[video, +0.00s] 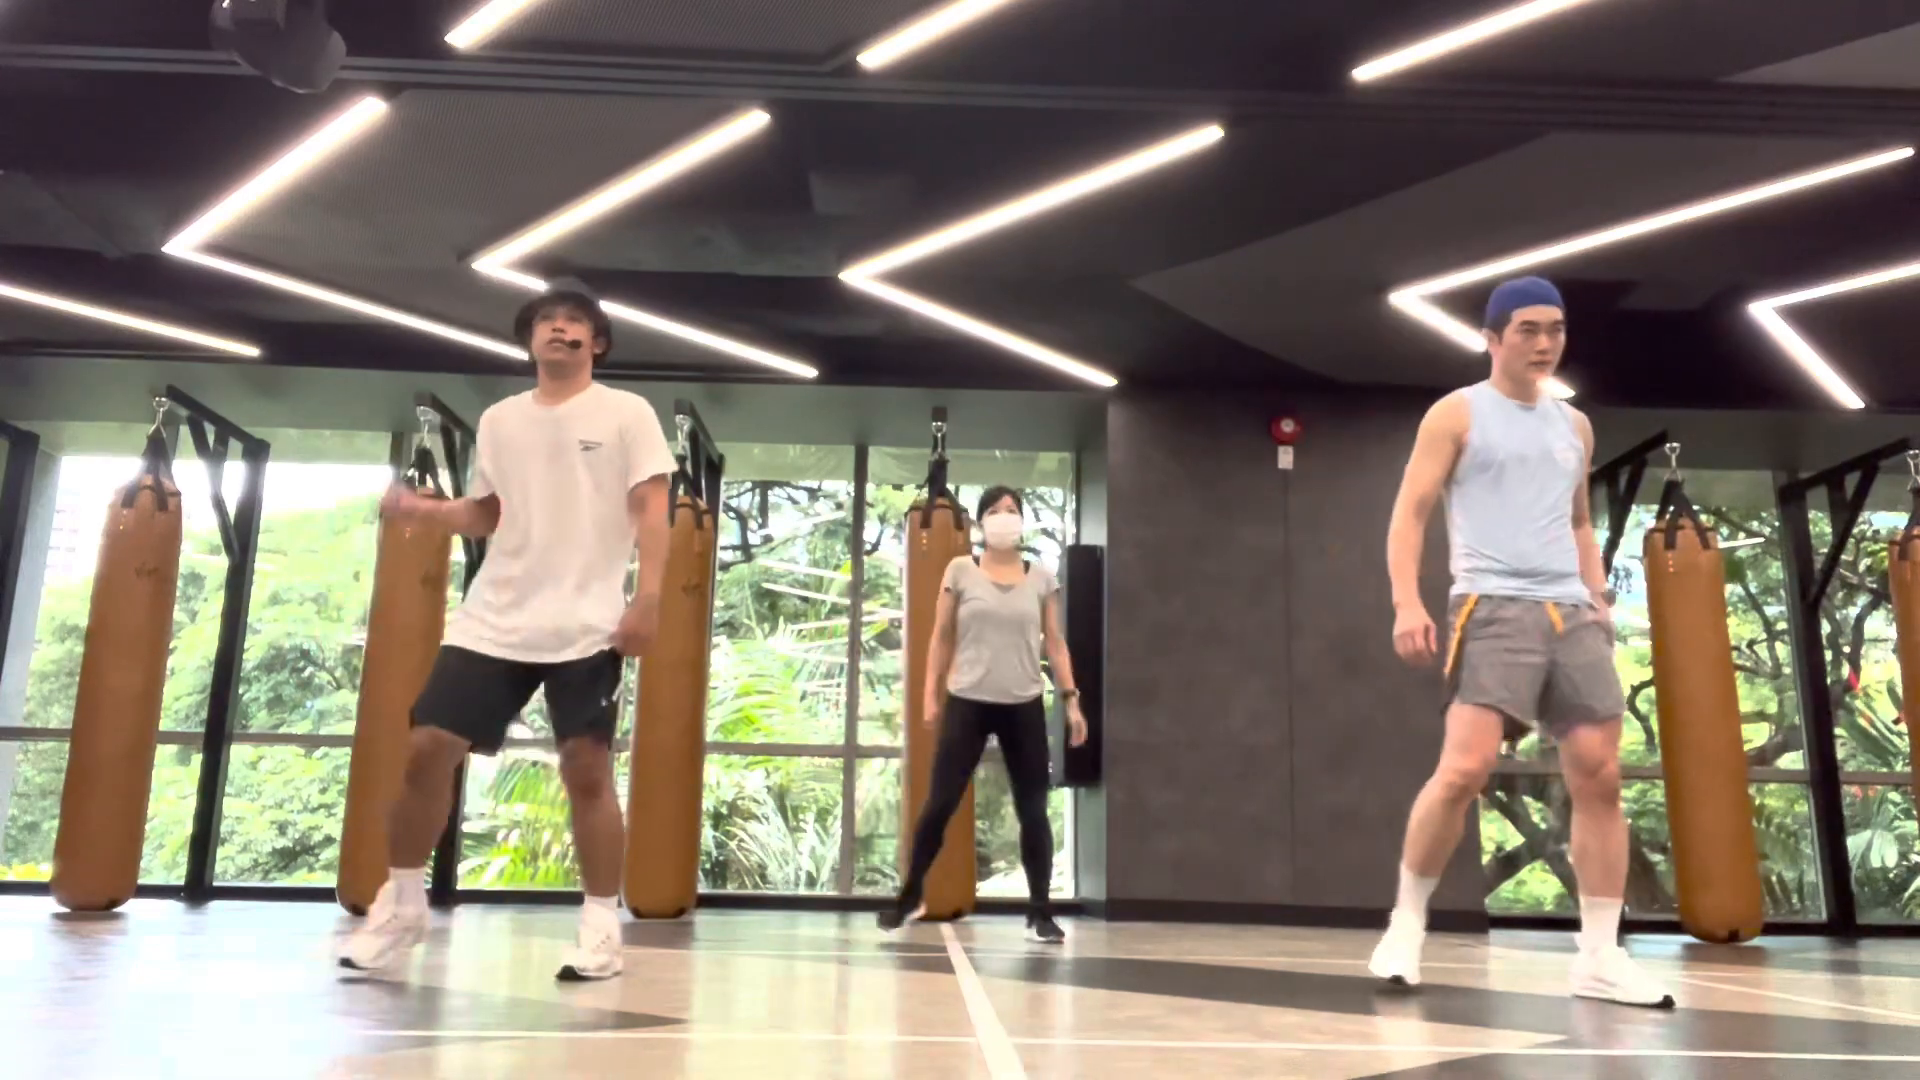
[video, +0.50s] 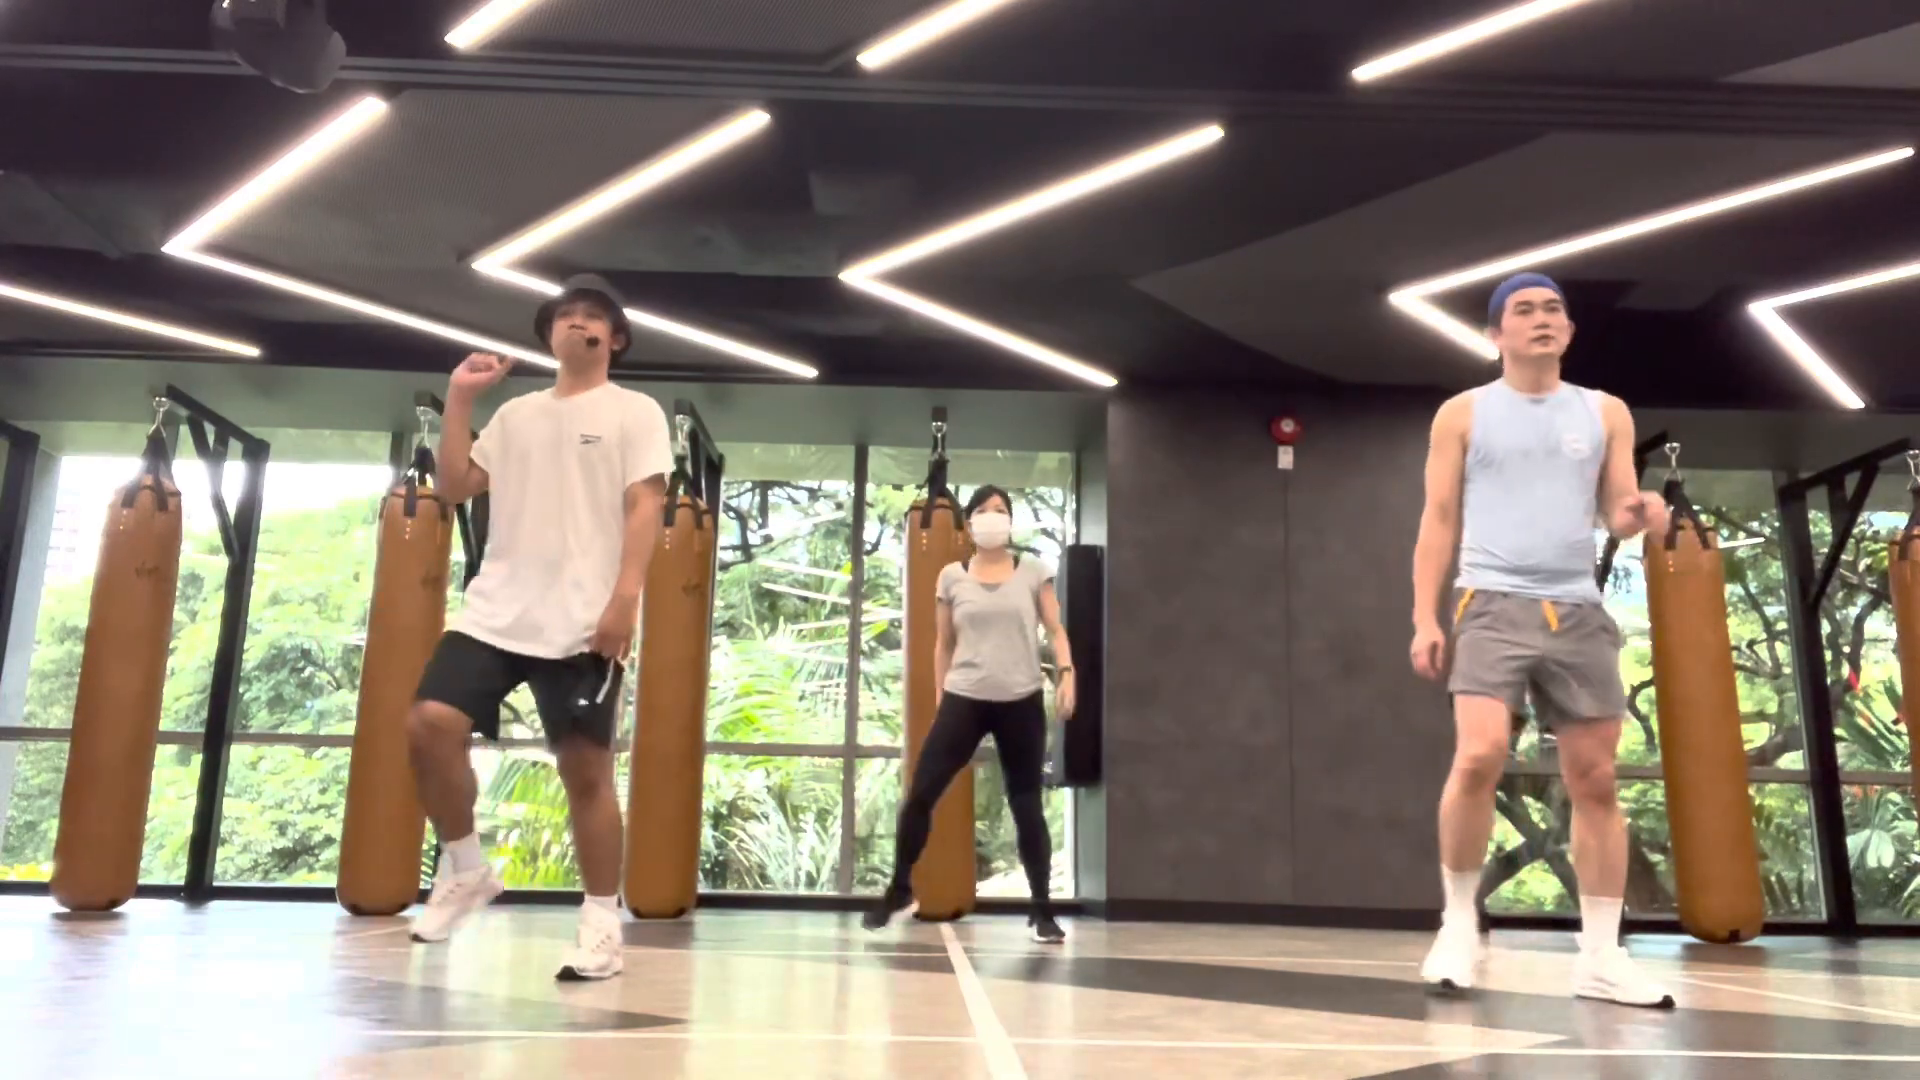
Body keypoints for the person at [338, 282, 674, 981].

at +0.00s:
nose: (561, 327)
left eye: (575, 318)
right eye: (548, 317)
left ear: (596, 341)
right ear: (528, 338)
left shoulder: (628, 414)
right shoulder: (498, 420)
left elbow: (653, 512)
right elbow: (488, 513)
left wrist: (645, 602)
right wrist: (430, 510)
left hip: (585, 620)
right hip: (495, 616)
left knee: (586, 769)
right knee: (428, 747)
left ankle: (601, 929)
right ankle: (403, 907)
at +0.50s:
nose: (579, 322)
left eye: (593, 314)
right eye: (568, 313)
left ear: (615, 337)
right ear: (548, 335)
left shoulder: (635, 412)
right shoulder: (515, 412)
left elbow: (645, 508)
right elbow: (453, 484)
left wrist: (623, 600)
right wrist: (460, 397)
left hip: (580, 615)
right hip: (496, 606)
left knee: (586, 773)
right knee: (433, 724)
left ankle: (601, 930)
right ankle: (466, 871)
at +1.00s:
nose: (425, 333)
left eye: (438, 322)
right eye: (429, 321)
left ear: (475, 331)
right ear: (449, 332)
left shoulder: (530, 412)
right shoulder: (403, 411)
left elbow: (541, 508)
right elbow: (348, 484)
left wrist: (528, 595)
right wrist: (333, 399)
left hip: (482, 618)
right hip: (392, 619)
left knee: (485, 748)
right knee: (371, 768)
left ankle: (544, 905)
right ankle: (357, 930)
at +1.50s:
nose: (445, 322)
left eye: (459, 309)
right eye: (445, 311)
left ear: (499, 321)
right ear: (454, 325)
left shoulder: (547, 409)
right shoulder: (416, 407)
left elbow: (564, 506)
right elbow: (397, 515)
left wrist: (559, 592)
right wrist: (383, 603)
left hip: (501, 614)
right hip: (408, 615)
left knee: (519, 746)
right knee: (375, 765)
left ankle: (560, 892)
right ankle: (359, 929)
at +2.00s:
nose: (573, 320)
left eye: (587, 312)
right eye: (562, 312)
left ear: (613, 331)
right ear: (547, 334)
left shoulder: (642, 408)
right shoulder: (526, 411)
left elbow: (667, 500)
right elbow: (505, 509)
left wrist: (656, 587)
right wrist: (434, 531)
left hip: (602, 614)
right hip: (517, 611)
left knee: (595, 759)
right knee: (476, 745)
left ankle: (608, 928)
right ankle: (525, 894)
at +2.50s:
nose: (540, 332)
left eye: (554, 322)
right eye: (527, 324)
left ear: (579, 344)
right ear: (508, 346)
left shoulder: (601, 421)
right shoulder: (478, 420)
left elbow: (612, 517)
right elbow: (424, 496)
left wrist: (585, 604)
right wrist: (394, 415)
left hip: (550, 625)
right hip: (465, 620)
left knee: (567, 768)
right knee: (396, 757)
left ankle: (605, 927)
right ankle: (355, 912)